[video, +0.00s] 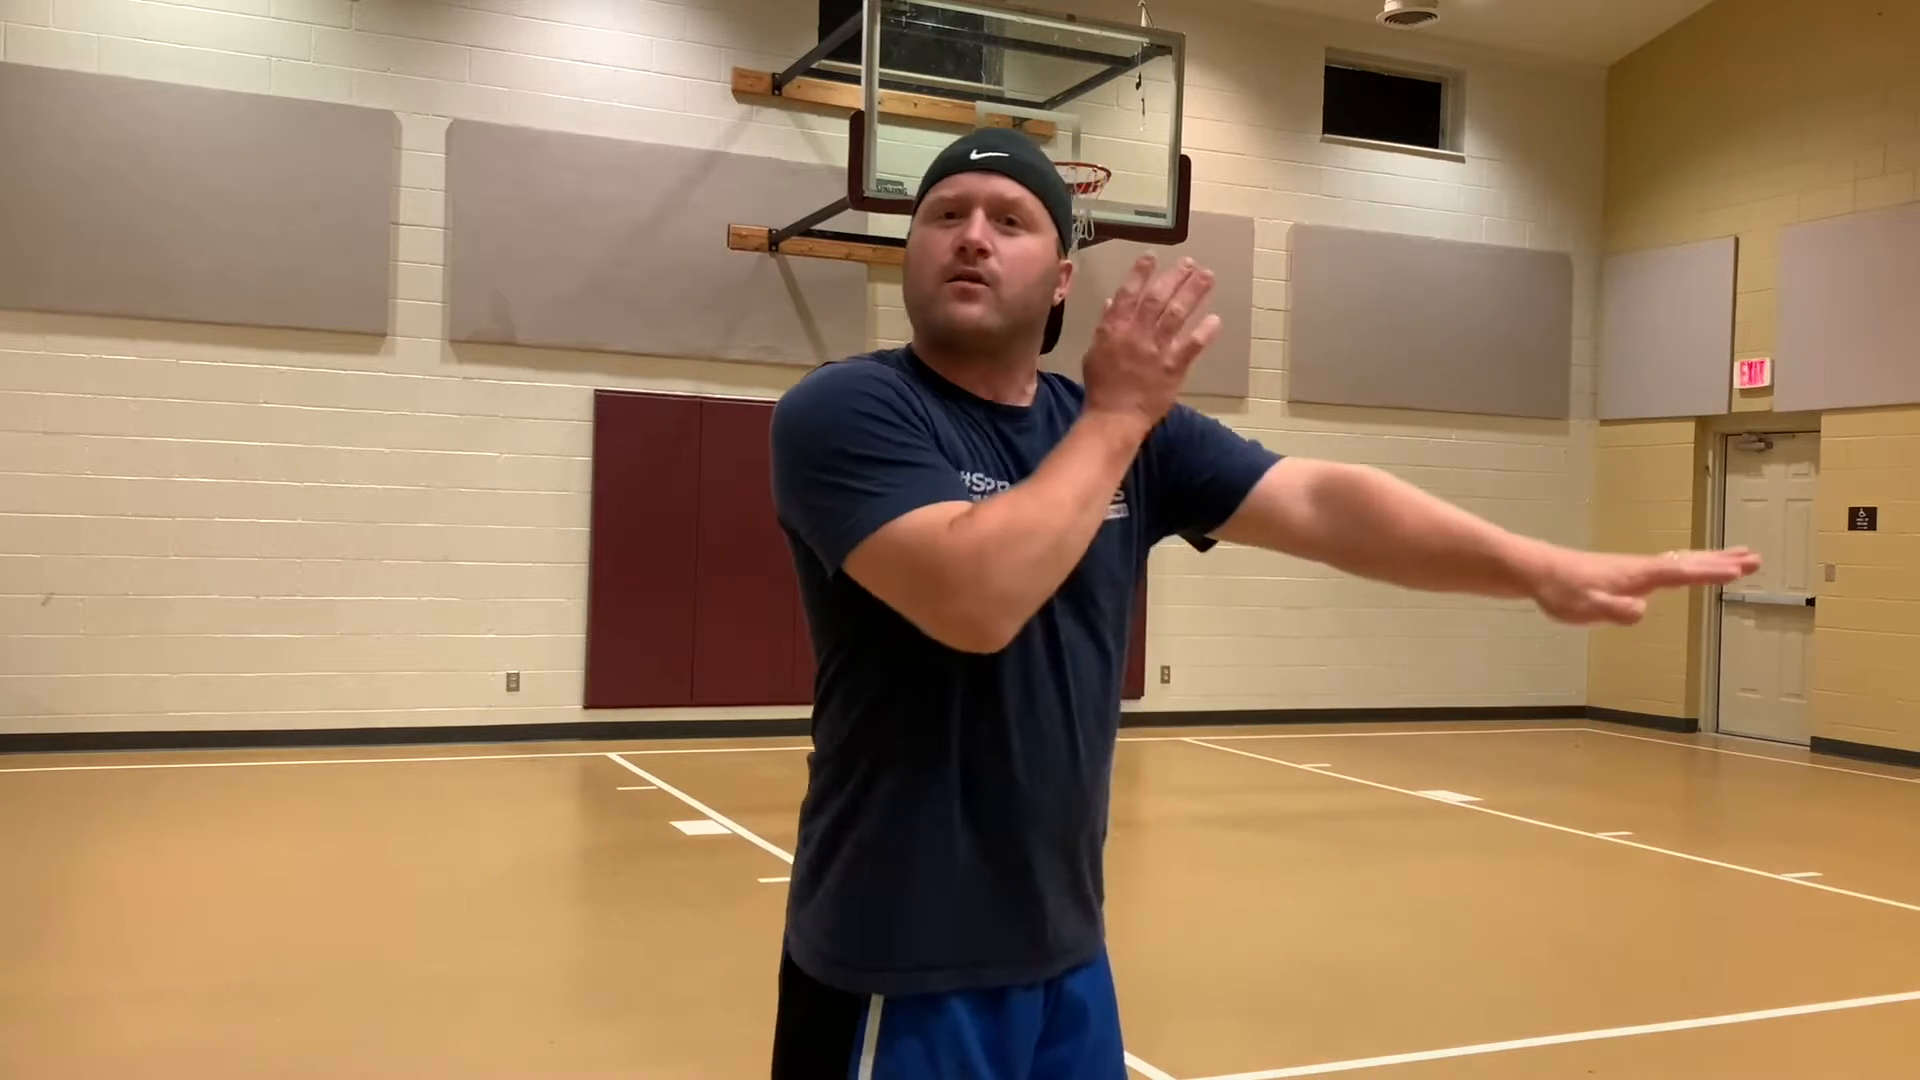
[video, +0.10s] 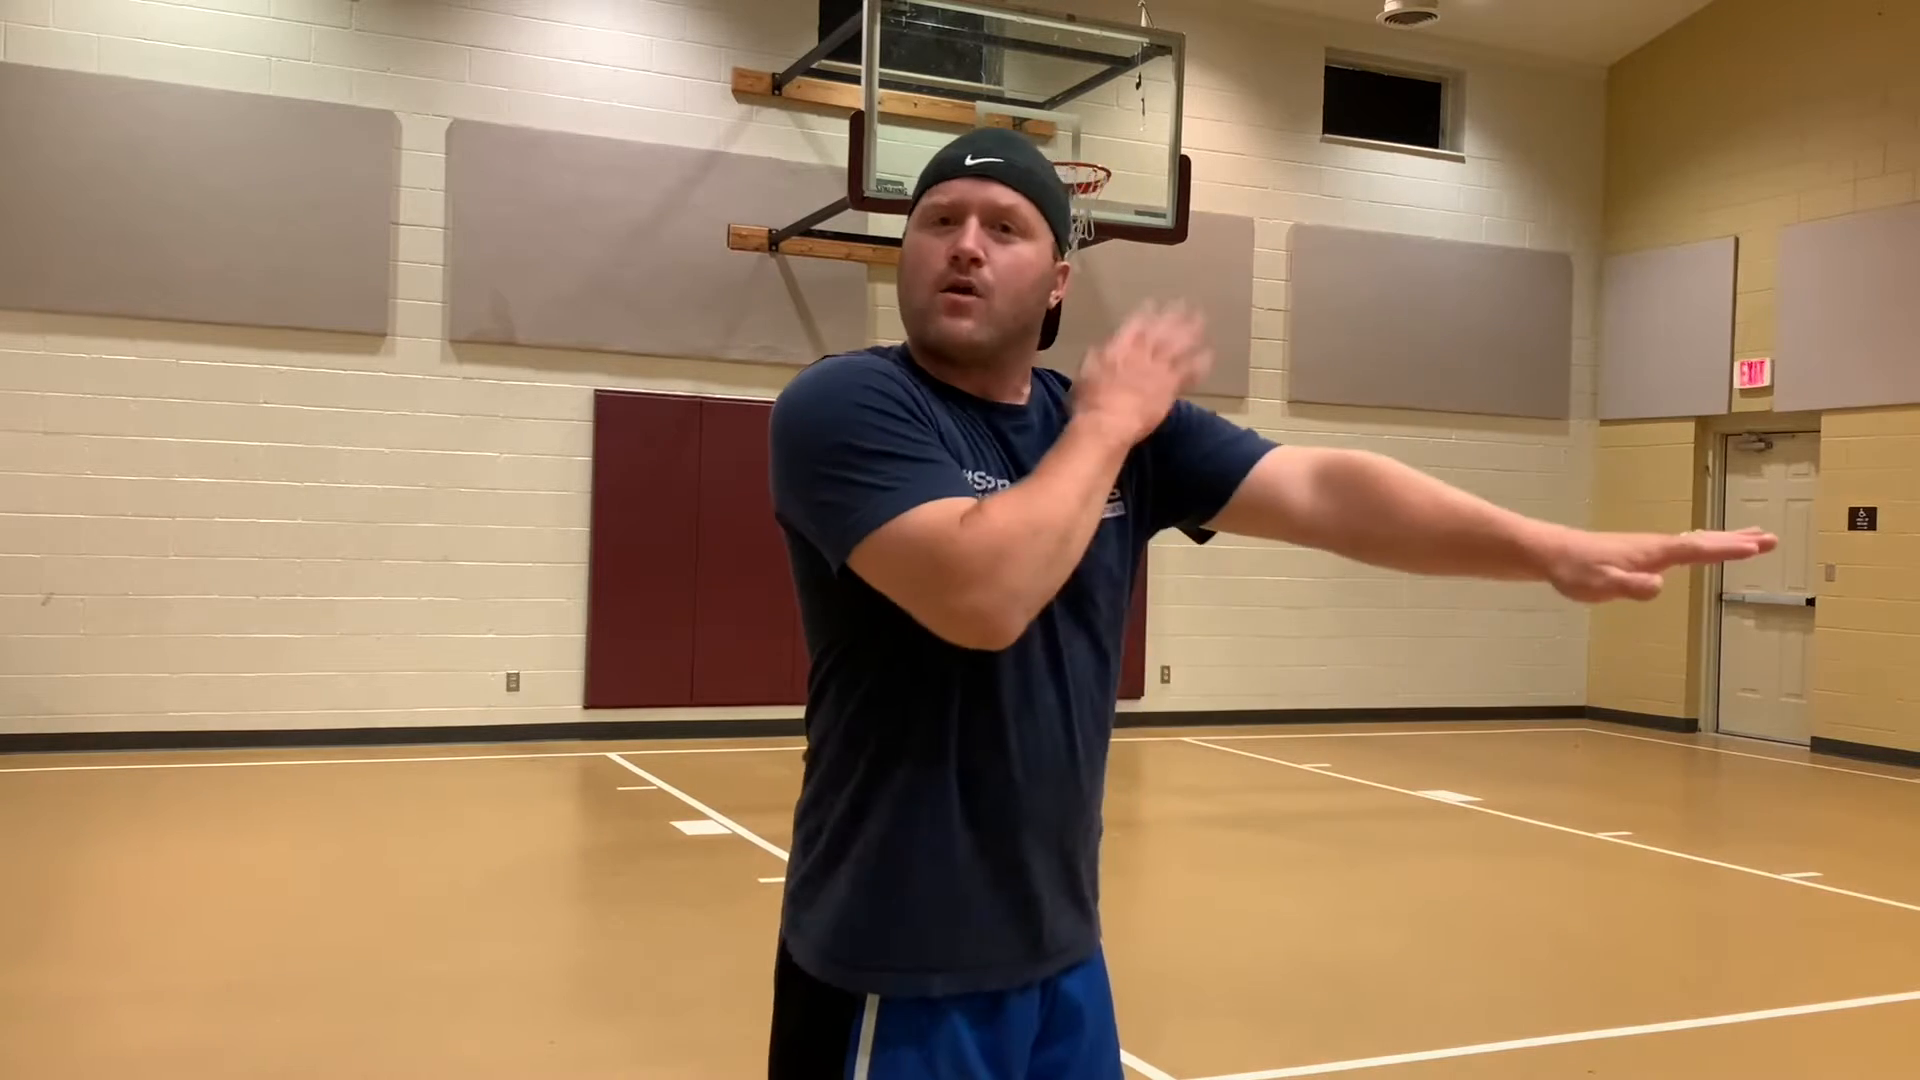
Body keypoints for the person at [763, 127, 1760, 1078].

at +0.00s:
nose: (968, 238)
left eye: (1007, 222)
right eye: (944, 217)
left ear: (1063, 275)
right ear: (903, 259)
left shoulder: (1111, 422)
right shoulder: (840, 413)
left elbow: (1319, 507)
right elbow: (975, 601)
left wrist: (1540, 568)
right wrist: (1115, 414)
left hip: (1061, 948)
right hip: (888, 962)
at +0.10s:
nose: (961, 248)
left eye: (1001, 231)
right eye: (938, 222)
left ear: (1056, 277)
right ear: (901, 255)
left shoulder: (1102, 419)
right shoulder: (838, 408)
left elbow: (1320, 492)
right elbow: (983, 596)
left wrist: (1546, 548)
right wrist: (1107, 427)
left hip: (1057, 949)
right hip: (885, 967)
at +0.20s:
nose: (967, 258)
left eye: (1008, 239)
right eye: (946, 228)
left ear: (1059, 285)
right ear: (905, 256)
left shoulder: (1099, 423)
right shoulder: (836, 410)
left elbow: (1321, 487)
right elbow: (976, 605)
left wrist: (1546, 538)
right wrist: (1092, 444)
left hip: (1052, 947)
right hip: (879, 965)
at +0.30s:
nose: (983, 259)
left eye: (1024, 242)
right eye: (959, 228)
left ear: (1065, 288)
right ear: (910, 255)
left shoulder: (1102, 426)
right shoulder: (832, 414)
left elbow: (1322, 490)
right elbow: (963, 616)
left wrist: (1554, 544)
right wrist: (1091, 457)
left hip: (1046, 946)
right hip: (874, 962)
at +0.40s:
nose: (1004, 258)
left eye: (1039, 242)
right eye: (975, 229)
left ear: (1070, 287)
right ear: (914, 258)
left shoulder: (1101, 429)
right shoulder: (828, 418)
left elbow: (1318, 495)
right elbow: (954, 623)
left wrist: (1548, 549)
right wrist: (1088, 464)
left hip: (1046, 948)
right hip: (872, 964)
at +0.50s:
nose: (1011, 256)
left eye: (1041, 240)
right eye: (980, 228)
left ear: (1069, 284)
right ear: (912, 258)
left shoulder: (1098, 428)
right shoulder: (826, 417)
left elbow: (1317, 499)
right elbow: (949, 624)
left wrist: (1545, 559)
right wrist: (1085, 466)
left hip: (1045, 948)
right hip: (870, 967)